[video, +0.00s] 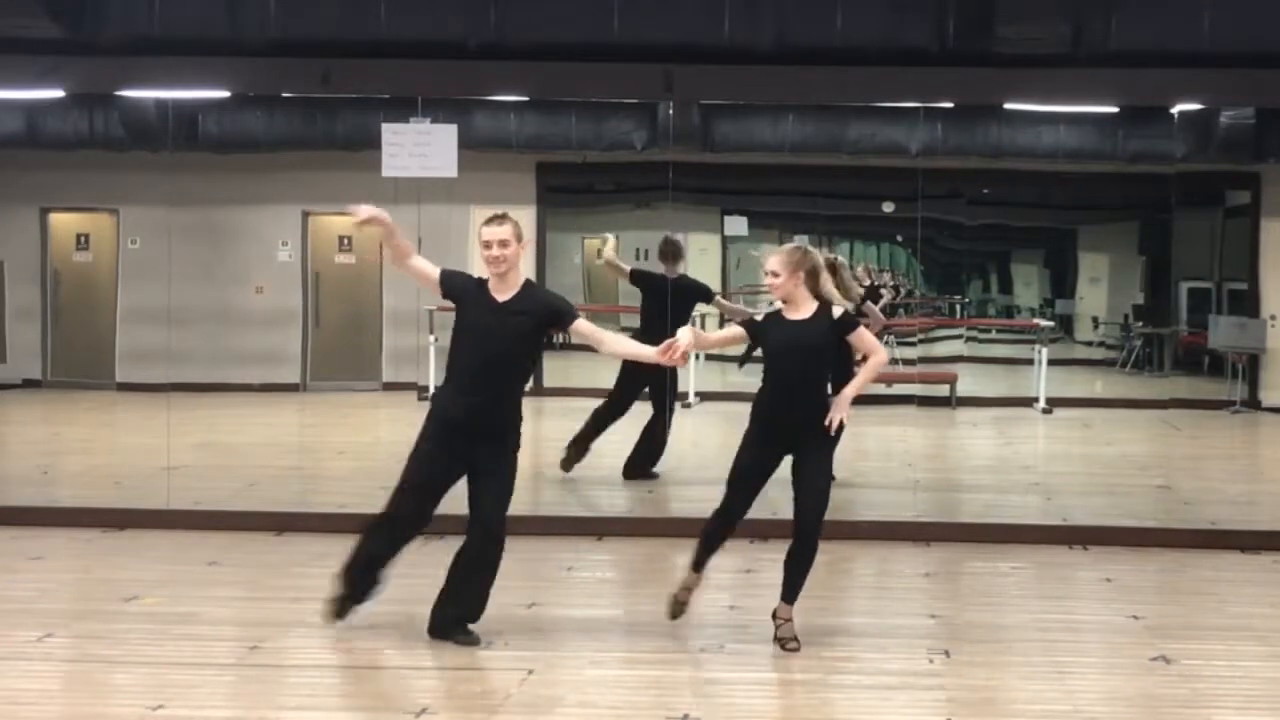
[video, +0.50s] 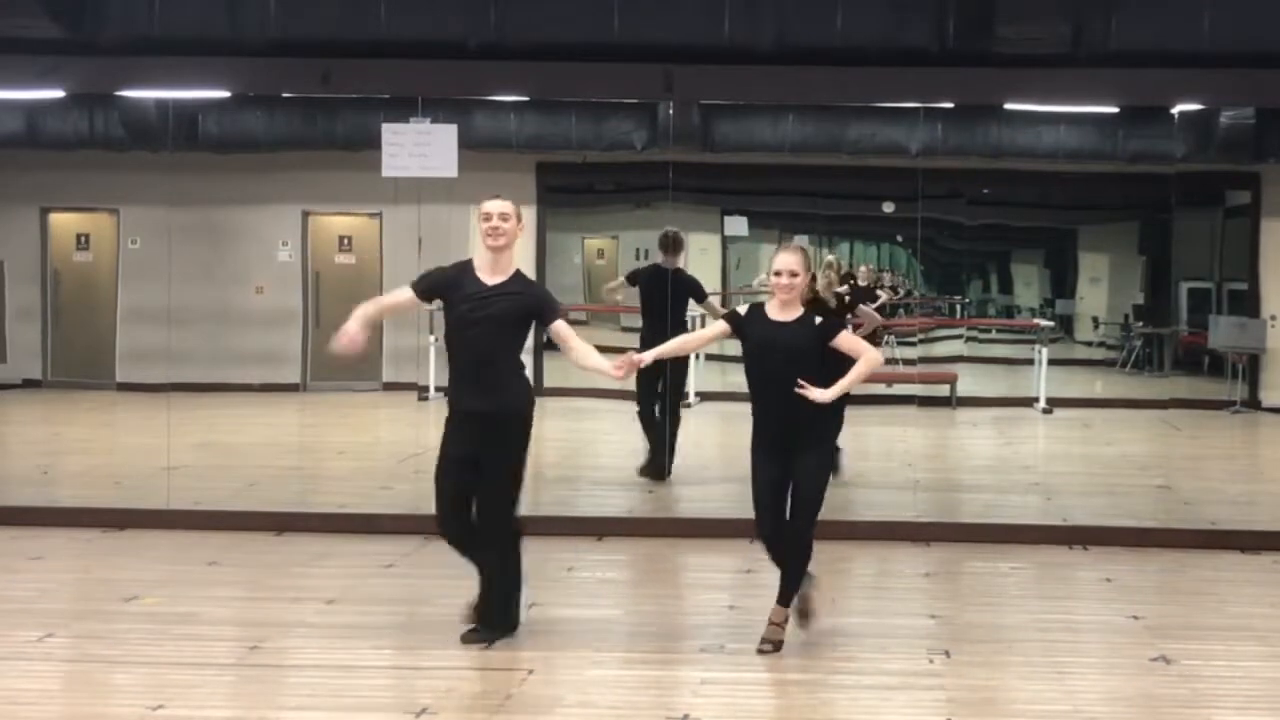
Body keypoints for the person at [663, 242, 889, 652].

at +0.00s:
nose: (767, 281)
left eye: (774, 275)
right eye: (767, 275)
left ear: (800, 277)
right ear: (777, 280)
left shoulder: (836, 317)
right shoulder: (766, 322)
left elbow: (878, 355)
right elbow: (712, 340)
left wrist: (845, 396)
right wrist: (689, 333)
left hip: (816, 433)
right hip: (768, 429)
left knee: (809, 529)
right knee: (731, 509)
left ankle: (785, 612)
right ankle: (692, 577)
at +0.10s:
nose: (770, 281)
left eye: (776, 274)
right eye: (769, 274)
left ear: (802, 276)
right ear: (789, 278)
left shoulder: (834, 320)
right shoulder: (767, 321)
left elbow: (878, 355)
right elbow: (712, 336)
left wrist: (844, 389)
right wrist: (670, 335)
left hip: (814, 434)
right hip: (769, 431)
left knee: (804, 524)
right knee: (754, 515)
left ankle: (790, 611)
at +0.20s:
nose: (773, 277)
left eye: (782, 271)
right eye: (773, 270)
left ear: (806, 274)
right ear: (775, 273)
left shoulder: (832, 318)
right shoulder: (762, 314)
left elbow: (877, 355)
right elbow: (705, 334)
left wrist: (842, 387)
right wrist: (651, 346)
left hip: (816, 429)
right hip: (773, 430)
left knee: (795, 520)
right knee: (788, 522)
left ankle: (785, 610)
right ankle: (827, 589)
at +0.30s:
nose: (782, 278)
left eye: (792, 272)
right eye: (778, 271)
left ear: (811, 277)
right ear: (772, 274)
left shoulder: (828, 321)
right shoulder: (758, 315)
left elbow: (876, 357)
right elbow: (701, 340)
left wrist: (838, 383)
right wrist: (648, 359)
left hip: (815, 435)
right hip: (777, 436)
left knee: (780, 517)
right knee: (820, 522)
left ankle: (786, 609)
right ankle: (846, 604)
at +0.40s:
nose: (785, 281)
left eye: (794, 275)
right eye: (780, 274)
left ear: (810, 279)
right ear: (772, 276)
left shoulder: (825, 325)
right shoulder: (753, 317)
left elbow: (872, 362)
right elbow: (699, 341)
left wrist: (836, 387)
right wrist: (652, 363)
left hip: (816, 432)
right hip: (775, 433)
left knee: (789, 513)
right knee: (805, 515)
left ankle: (777, 611)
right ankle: (841, 600)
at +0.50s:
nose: (784, 280)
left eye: (793, 274)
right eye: (778, 273)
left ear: (807, 280)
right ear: (768, 277)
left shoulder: (820, 324)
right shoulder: (747, 318)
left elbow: (873, 357)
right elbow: (696, 339)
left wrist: (831, 392)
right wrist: (648, 356)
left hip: (814, 440)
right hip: (769, 437)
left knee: (800, 529)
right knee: (769, 529)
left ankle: (779, 614)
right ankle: (801, 580)